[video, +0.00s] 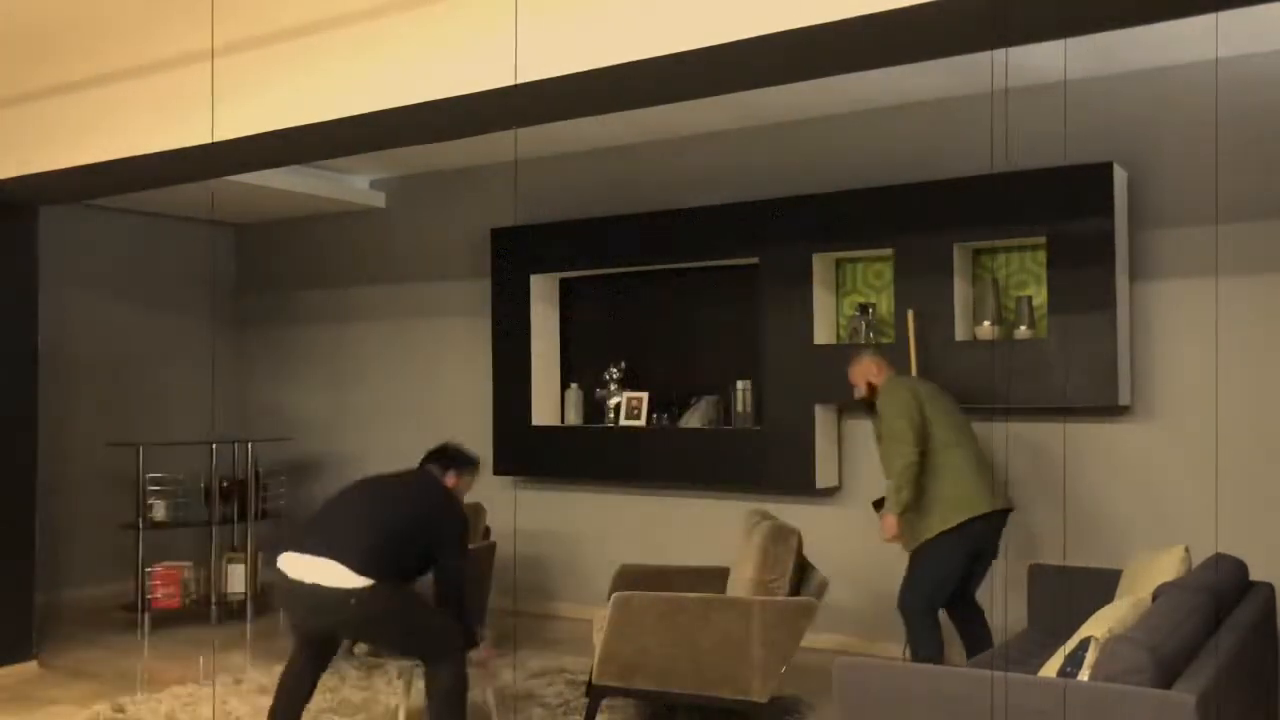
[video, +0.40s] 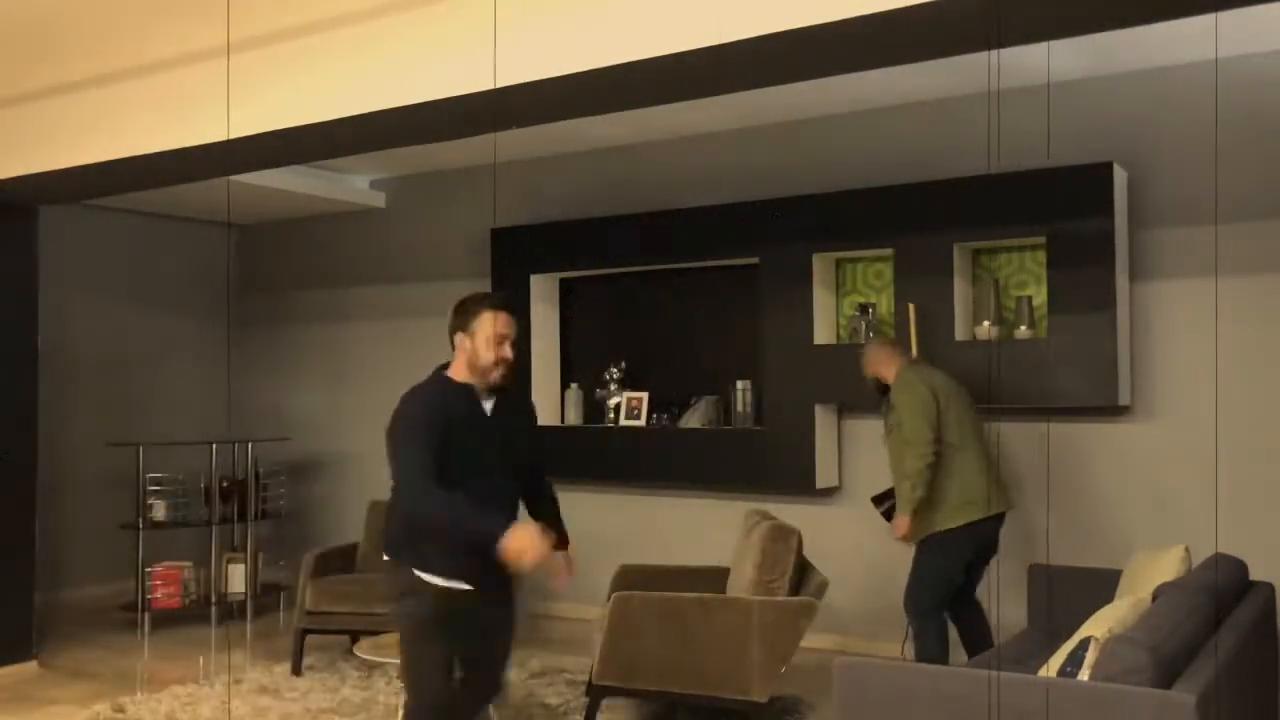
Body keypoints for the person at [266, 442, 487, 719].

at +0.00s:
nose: (464, 495)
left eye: (468, 488)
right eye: (465, 487)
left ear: (425, 466)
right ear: (451, 479)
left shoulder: (382, 483)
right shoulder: (449, 512)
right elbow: (451, 592)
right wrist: (466, 640)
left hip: (295, 590)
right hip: (355, 600)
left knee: (314, 645)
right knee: (445, 646)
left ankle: (280, 715)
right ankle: (447, 714)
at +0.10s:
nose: (500, 432)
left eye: (503, 423)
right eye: (499, 421)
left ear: (458, 412)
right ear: (475, 417)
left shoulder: (407, 433)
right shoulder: (469, 461)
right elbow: (478, 541)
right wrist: (486, 603)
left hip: (322, 573)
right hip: (379, 584)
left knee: (346, 640)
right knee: (457, 641)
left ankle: (297, 712)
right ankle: (452, 712)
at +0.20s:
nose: (517, 393)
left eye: (519, 382)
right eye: (512, 380)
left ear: (476, 374)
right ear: (482, 372)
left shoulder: (445, 400)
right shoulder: (470, 417)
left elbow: (438, 489)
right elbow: (475, 500)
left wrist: (461, 554)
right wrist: (497, 570)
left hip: (345, 536)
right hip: (380, 546)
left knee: (405, 635)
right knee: (440, 646)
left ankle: (377, 711)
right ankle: (444, 712)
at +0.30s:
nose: (509, 374)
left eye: (512, 364)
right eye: (499, 362)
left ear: (515, 364)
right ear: (465, 363)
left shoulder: (479, 415)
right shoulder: (436, 415)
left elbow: (486, 487)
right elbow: (432, 506)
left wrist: (531, 535)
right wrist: (470, 578)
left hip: (434, 559)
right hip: (396, 564)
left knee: (457, 656)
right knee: (454, 660)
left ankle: (425, 710)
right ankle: (428, 712)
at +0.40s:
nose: (509, 355)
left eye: (513, 344)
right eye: (498, 342)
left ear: (515, 345)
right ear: (461, 341)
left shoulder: (514, 408)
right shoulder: (420, 408)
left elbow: (533, 480)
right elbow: (417, 497)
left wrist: (556, 537)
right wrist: (499, 535)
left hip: (489, 582)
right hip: (426, 584)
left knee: (483, 686)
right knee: (430, 699)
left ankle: (443, 714)